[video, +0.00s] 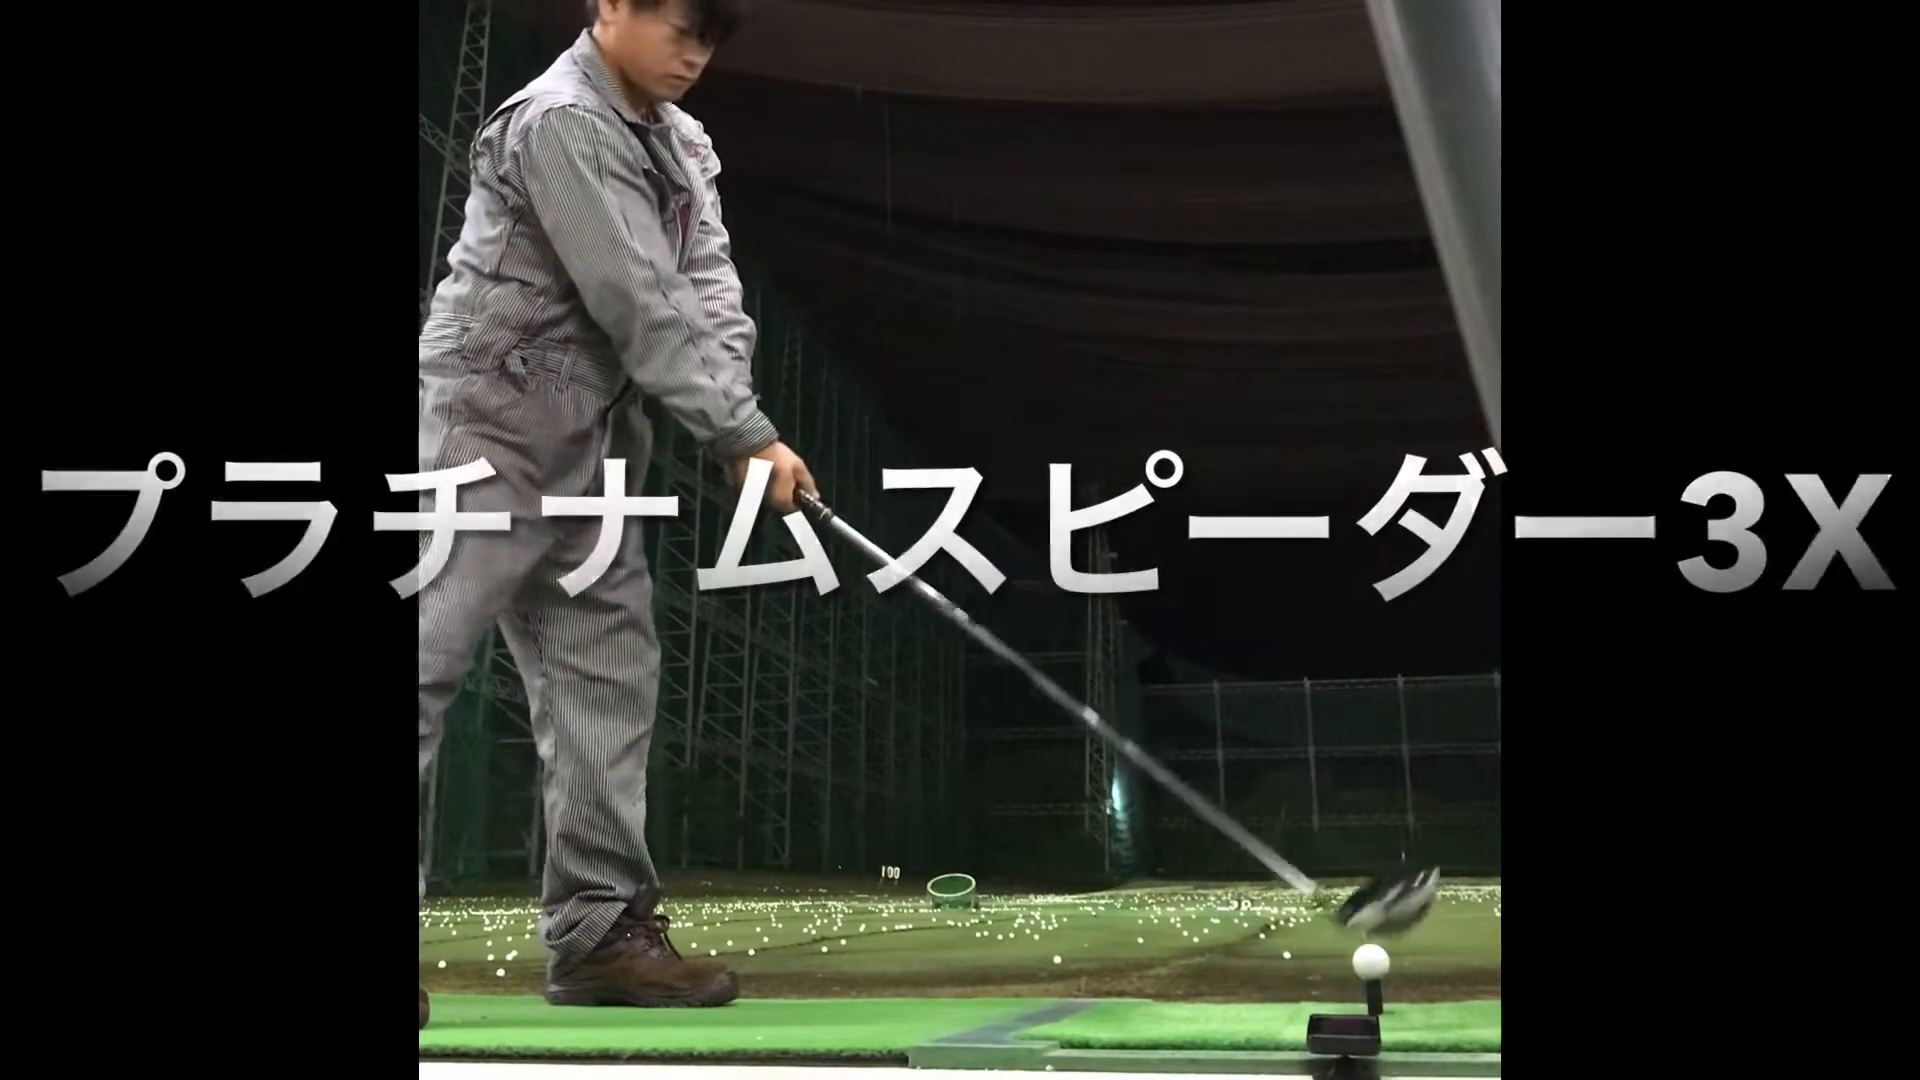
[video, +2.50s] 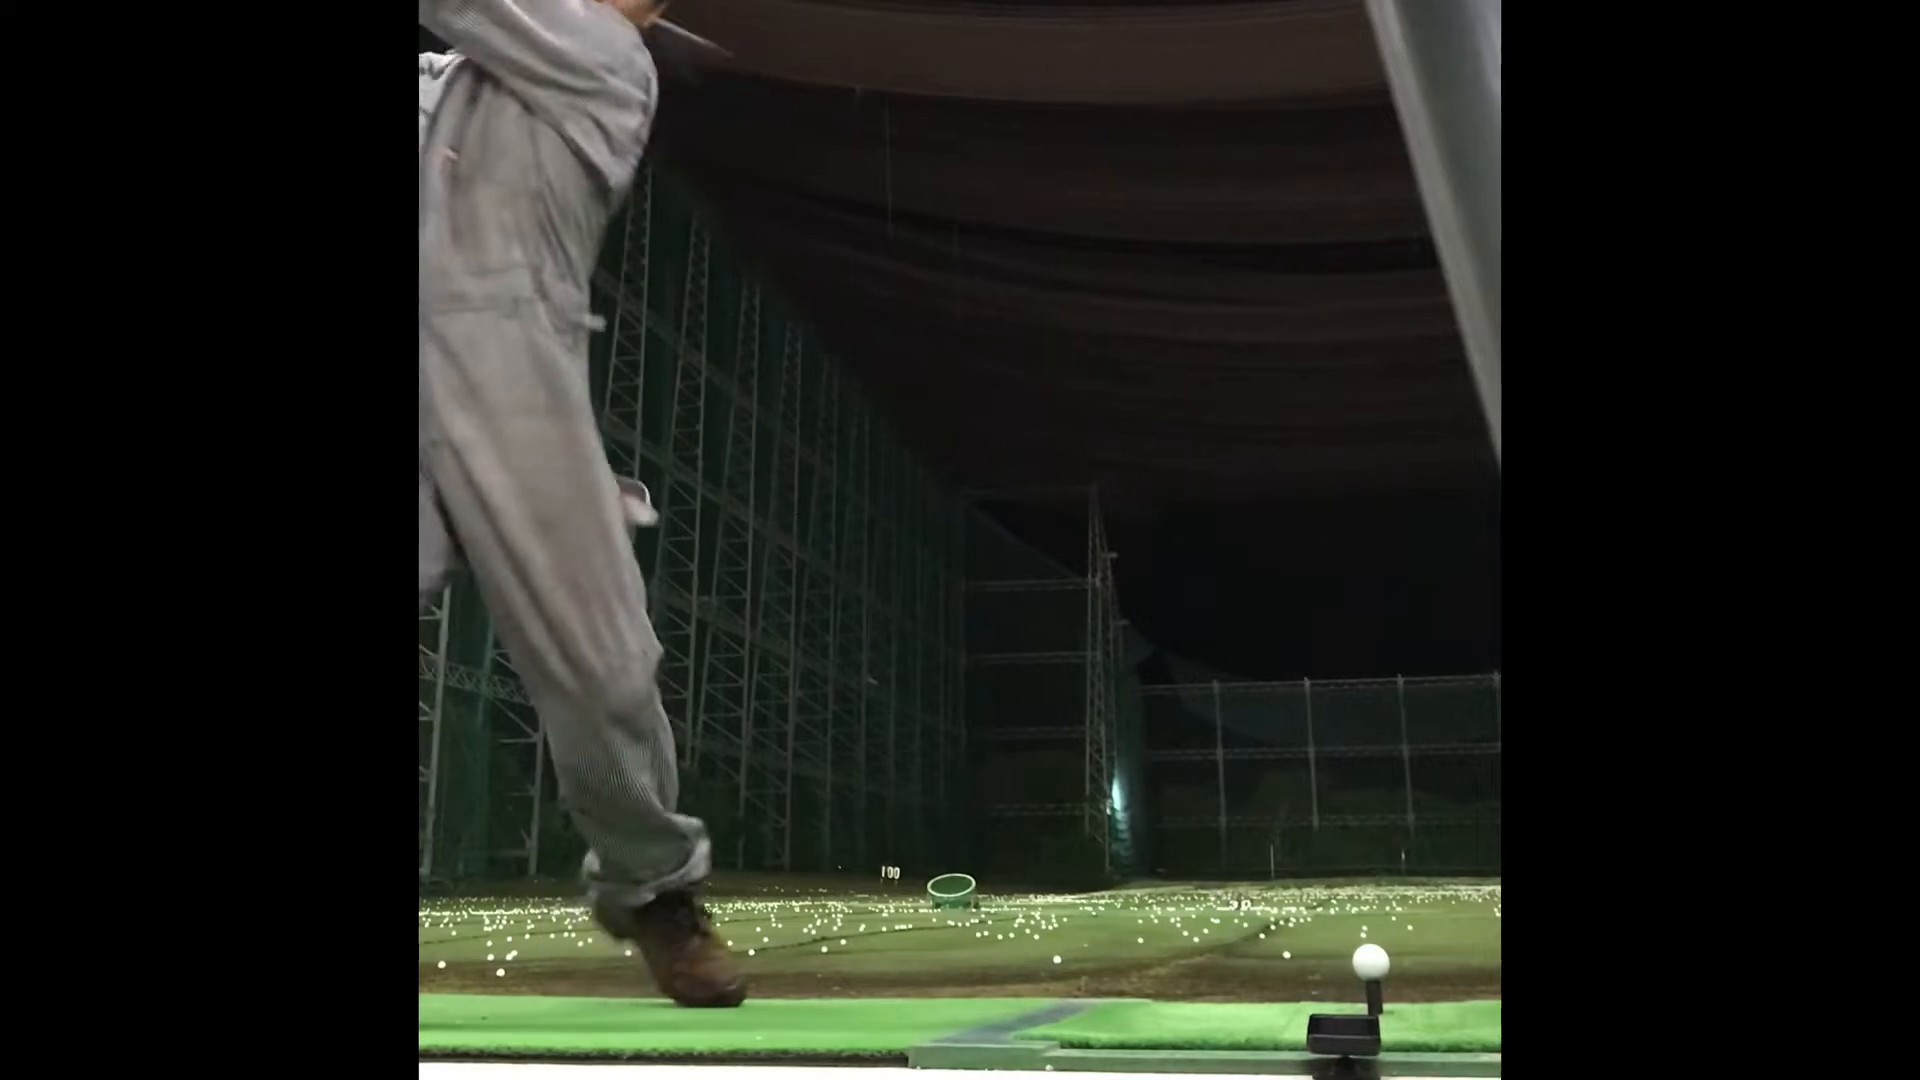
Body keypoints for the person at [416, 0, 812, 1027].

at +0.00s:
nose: (698, 56)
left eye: (710, 38)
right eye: (680, 30)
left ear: (714, 41)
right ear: (610, 12)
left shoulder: (685, 141)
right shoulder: (556, 121)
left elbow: (712, 288)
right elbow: (635, 298)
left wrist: (730, 420)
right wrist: (744, 434)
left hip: (587, 461)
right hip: (478, 443)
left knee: (605, 685)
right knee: (425, 685)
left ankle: (599, 937)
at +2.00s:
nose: (659, 28)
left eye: (672, 15)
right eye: (642, 4)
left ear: (674, 34)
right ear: (578, 3)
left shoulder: (675, 133)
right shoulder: (498, 111)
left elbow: (692, 264)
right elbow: (574, 277)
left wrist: (695, 385)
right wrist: (684, 405)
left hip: (602, 447)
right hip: (465, 433)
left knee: (621, 677)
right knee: (428, 679)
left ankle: (598, 936)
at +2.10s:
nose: (653, 30)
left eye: (670, 20)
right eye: (638, 5)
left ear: (673, 42)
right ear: (574, 2)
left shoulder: (682, 132)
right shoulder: (469, 105)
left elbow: (680, 240)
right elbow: (512, 236)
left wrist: (645, 335)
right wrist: (590, 342)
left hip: (604, 428)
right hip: (460, 421)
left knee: (629, 677)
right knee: (420, 656)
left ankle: (600, 935)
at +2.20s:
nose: (653, 33)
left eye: (672, 26)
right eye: (639, 7)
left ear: (676, 48)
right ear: (577, 2)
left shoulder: (685, 130)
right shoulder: (454, 95)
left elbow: (620, 194)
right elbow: (440, 178)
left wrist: (492, 228)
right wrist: (446, 225)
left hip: (591, 430)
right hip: (441, 413)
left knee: (634, 683)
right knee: (416, 640)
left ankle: (601, 936)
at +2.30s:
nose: (651, 30)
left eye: (672, 24)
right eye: (636, 5)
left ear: (678, 47)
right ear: (578, 4)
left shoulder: (677, 120)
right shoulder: (472, 84)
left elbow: (556, 108)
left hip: (572, 405)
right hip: (435, 386)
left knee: (624, 673)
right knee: (420, 620)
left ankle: (607, 930)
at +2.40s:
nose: (634, 24)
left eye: (647, 21)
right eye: (628, 7)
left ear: (656, 33)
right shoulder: (448, 77)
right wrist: (533, 31)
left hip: (533, 377)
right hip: (427, 378)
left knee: (610, 658)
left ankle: (622, 913)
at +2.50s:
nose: (621, 4)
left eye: (621, 2)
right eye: (626, 4)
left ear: (632, 13)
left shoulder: (606, 64)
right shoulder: (442, 72)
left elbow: (457, 3)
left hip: (506, 374)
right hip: (438, 382)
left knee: (603, 673)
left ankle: (652, 889)